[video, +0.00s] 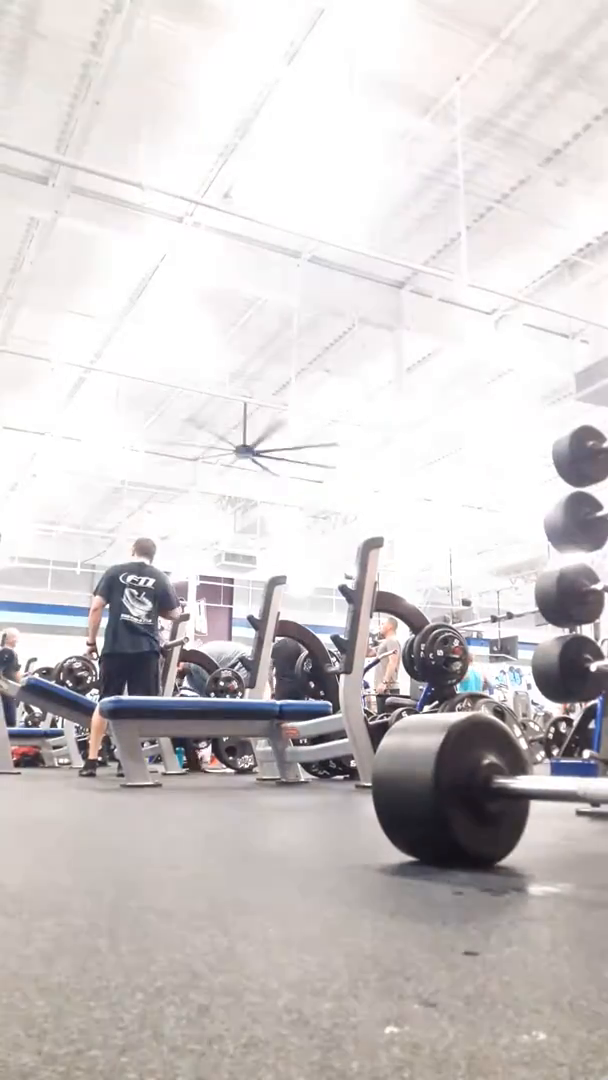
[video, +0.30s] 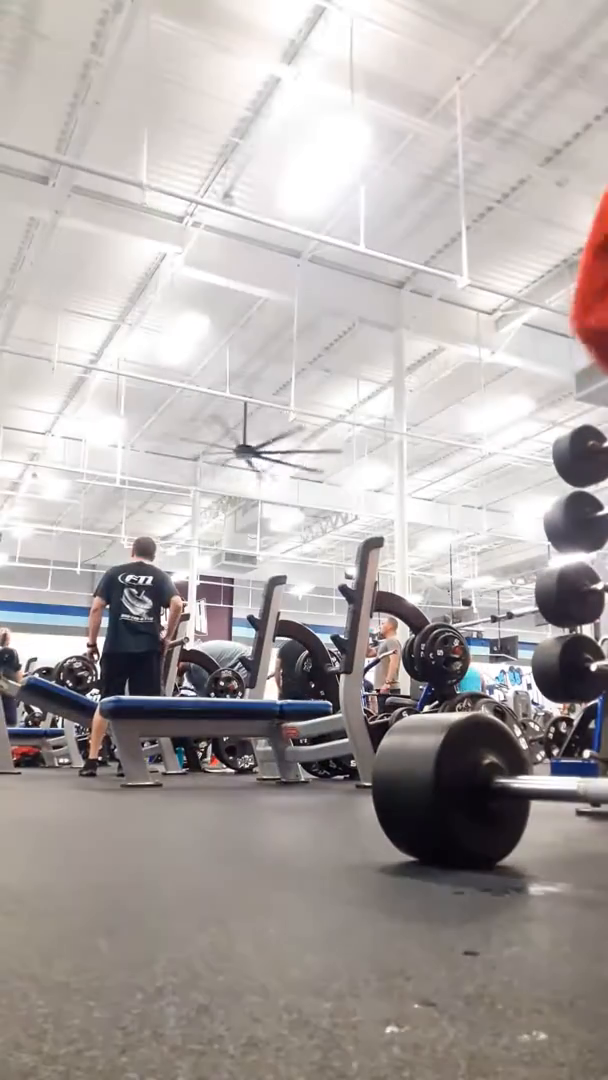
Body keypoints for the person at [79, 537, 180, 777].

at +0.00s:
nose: (134, 553)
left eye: (133, 550)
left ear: (133, 551)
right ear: (153, 556)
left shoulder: (115, 571)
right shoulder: (161, 579)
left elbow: (96, 607)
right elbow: (173, 614)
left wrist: (91, 641)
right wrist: (152, 603)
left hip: (114, 649)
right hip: (145, 651)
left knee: (105, 703)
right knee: (142, 707)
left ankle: (92, 759)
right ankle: (131, 763)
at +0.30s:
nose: (131, 553)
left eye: (131, 550)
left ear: (132, 552)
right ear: (154, 556)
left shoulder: (115, 572)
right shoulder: (160, 576)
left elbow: (96, 608)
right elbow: (177, 604)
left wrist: (92, 642)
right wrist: (168, 635)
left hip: (116, 650)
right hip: (147, 652)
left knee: (106, 704)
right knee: (144, 707)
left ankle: (92, 759)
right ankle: (133, 763)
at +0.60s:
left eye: (132, 550)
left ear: (132, 552)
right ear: (155, 555)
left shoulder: (115, 573)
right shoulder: (161, 576)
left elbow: (97, 608)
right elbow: (176, 604)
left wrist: (95, 641)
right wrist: (166, 630)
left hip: (116, 650)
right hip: (148, 652)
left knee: (107, 703)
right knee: (140, 707)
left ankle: (92, 759)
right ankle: (131, 763)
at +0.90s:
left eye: (135, 551)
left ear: (134, 552)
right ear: (156, 555)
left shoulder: (115, 573)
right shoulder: (161, 577)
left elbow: (98, 610)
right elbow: (178, 612)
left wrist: (98, 643)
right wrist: (173, 607)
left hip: (116, 649)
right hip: (148, 651)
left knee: (107, 703)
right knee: (144, 706)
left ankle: (92, 760)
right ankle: (132, 763)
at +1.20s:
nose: (154, 559)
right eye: (157, 556)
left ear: (136, 551)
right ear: (158, 556)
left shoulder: (116, 572)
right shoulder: (162, 577)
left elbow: (98, 609)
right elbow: (183, 592)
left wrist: (94, 640)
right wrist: (162, 564)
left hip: (118, 649)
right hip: (149, 651)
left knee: (107, 702)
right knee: (144, 706)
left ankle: (92, 759)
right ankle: (132, 763)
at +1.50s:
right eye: (159, 554)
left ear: (137, 551)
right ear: (158, 556)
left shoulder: (116, 573)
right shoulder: (163, 577)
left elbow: (98, 608)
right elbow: (190, 581)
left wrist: (92, 642)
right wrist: (169, 561)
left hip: (118, 650)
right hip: (150, 652)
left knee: (108, 703)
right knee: (148, 706)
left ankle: (92, 759)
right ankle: (135, 763)